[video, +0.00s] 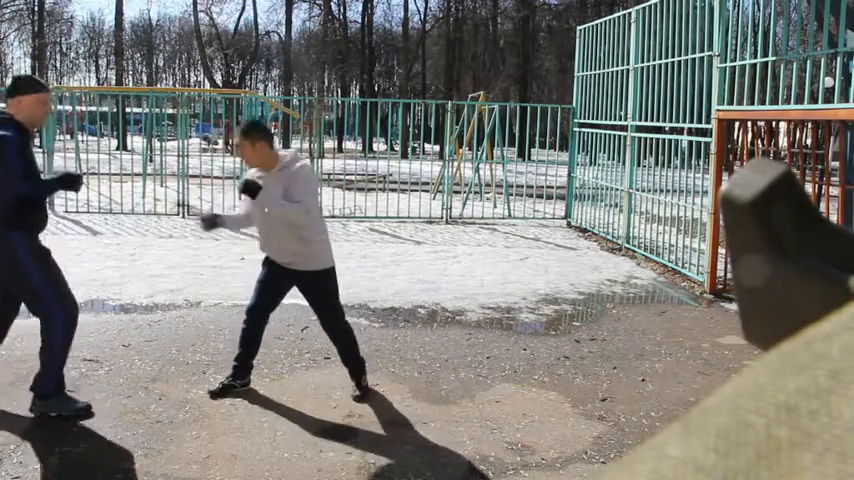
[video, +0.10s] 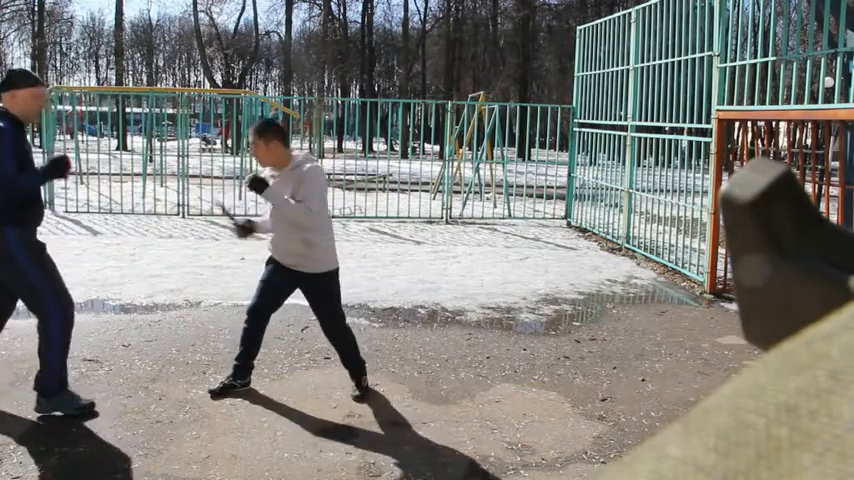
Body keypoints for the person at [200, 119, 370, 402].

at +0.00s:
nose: (240, 155)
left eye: (242, 149)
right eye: (239, 150)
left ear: (260, 145)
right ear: (256, 146)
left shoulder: (300, 170)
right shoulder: (258, 178)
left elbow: (306, 215)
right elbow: (249, 218)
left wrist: (264, 198)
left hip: (314, 264)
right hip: (278, 262)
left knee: (334, 323)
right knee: (255, 314)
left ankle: (358, 375)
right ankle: (240, 376)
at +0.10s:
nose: (253, 152)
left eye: (256, 146)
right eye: (253, 147)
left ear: (274, 144)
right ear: (272, 145)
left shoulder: (311, 171)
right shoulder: (277, 176)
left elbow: (309, 217)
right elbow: (281, 219)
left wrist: (270, 194)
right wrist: (253, 225)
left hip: (318, 267)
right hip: (283, 263)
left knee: (335, 327)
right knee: (256, 314)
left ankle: (359, 376)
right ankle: (240, 376)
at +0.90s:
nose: (171, 162)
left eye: (174, 155)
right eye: (171, 156)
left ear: (193, 152)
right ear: (186, 155)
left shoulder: (237, 170)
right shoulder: (181, 191)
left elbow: (254, 211)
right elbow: (157, 221)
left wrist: (209, 197)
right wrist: (123, 245)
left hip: (264, 257)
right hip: (226, 260)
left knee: (293, 314)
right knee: (205, 313)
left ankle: (325, 366)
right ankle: (199, 375)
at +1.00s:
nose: (182, 153)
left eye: (185, 147)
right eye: (182, 147)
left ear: (203, 145)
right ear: (199, 147)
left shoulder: (245, 169)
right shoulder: (189, 183)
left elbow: (258, 210)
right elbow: (165, 214)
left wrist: (214, 195)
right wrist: (130, 238)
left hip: (267, 259)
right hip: (230, 260)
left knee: (289, 318)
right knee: (209, 313)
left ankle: (317, 370)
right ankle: (199, 374)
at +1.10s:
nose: (198, 146)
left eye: (202, 140)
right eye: (198, 140)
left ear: (221, 140)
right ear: (217, 141)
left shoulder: (263, 170)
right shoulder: (208, 177)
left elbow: (268, 212)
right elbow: (191, 208)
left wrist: (225, 191)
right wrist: (156, 227)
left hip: (271, 262)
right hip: (234, 260)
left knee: (288, 321)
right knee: (213, 314)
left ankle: (314, 373)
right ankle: (198, 375)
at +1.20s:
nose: (218, 145)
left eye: (221, 139)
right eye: (217, 139)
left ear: (240, 137)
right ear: (235, 139)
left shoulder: (277, 167)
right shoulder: (233, 171)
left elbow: (278, 212)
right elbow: (223, 210)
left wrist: (238, 191)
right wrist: (189, 213)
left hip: (278, 263)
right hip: (243, 260)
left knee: (292, 324)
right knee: (220, 316)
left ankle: (315, 376)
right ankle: (199, 374)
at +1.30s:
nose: (230, 142)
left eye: (233, 135)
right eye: (230, 136)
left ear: (252, 135)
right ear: (250, 136)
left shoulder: (288, 166)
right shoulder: (250, 170)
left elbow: (282, 210)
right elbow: (243, 209)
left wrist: (246, 182)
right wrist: (213, 197)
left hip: (282, 263)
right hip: (249, 260)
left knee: (294, 324)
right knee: (227, 316)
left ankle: (315, 376)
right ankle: (203, 372)